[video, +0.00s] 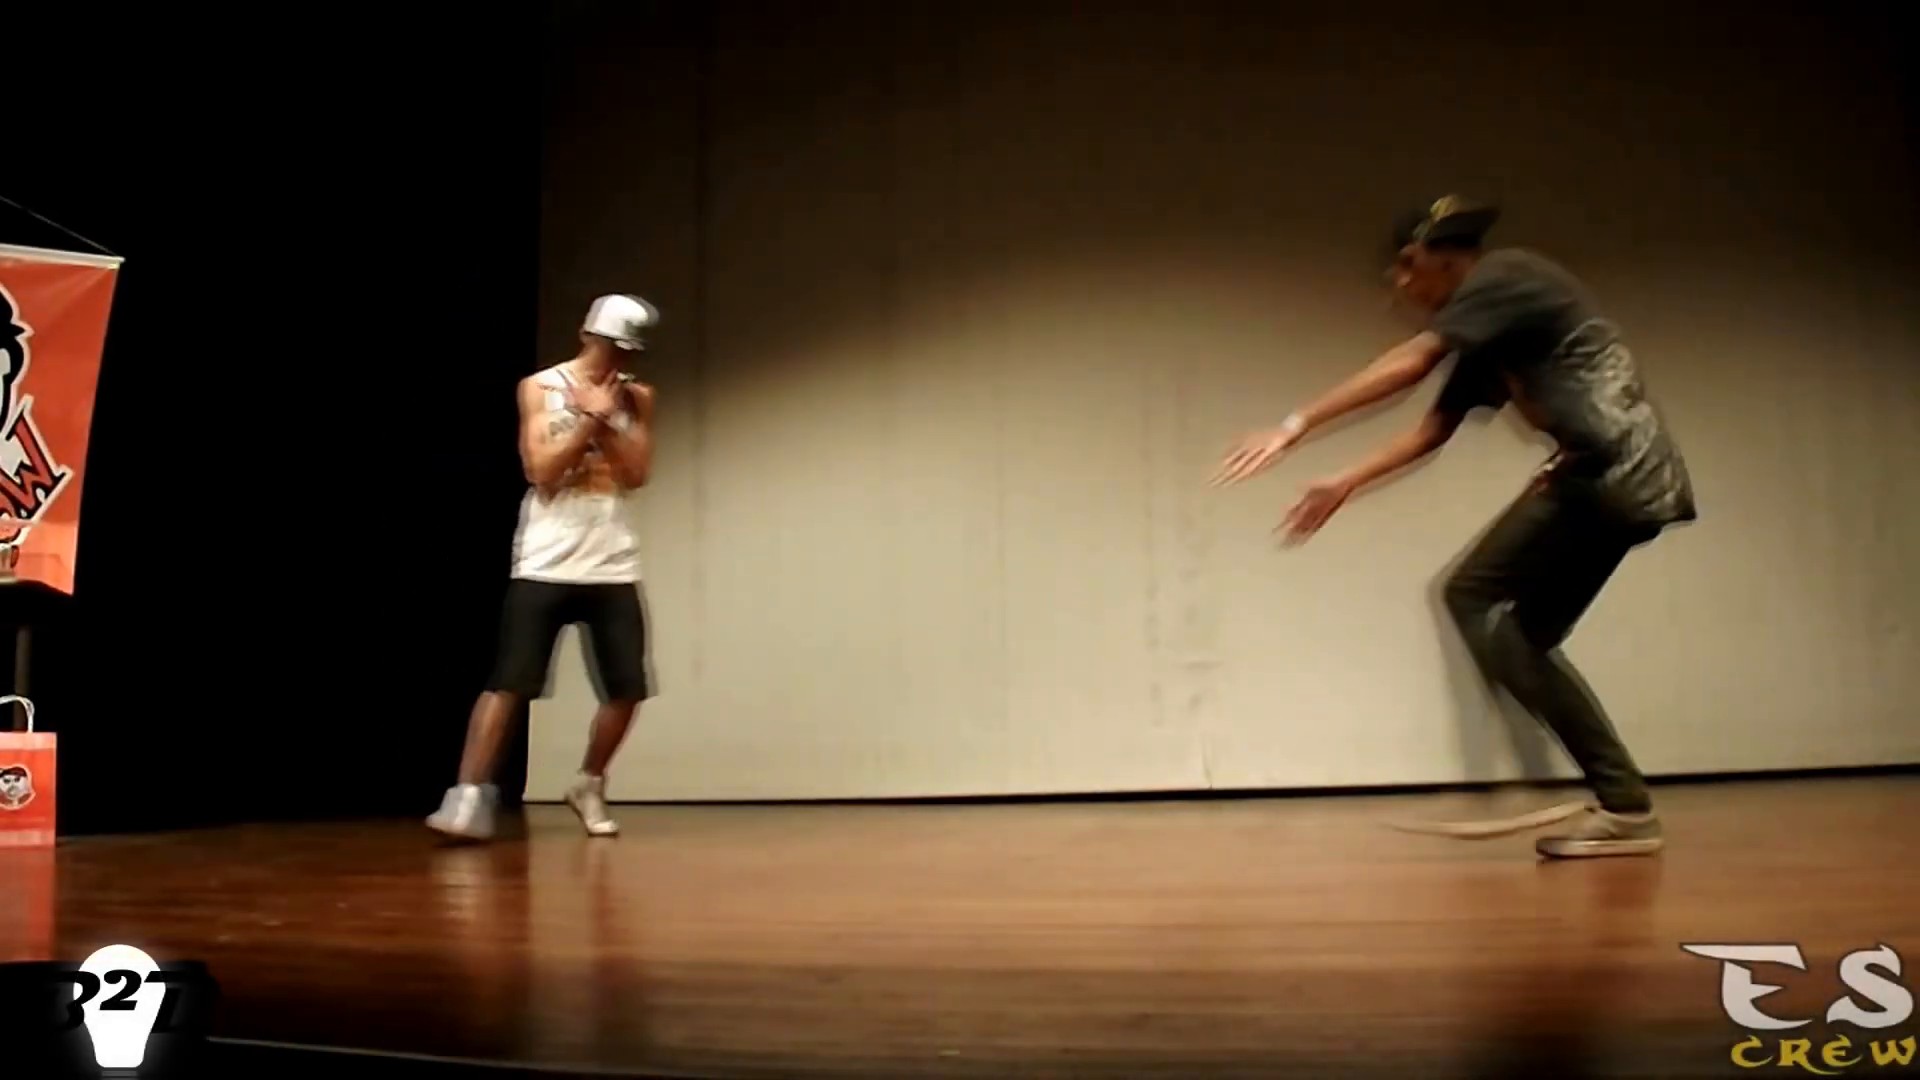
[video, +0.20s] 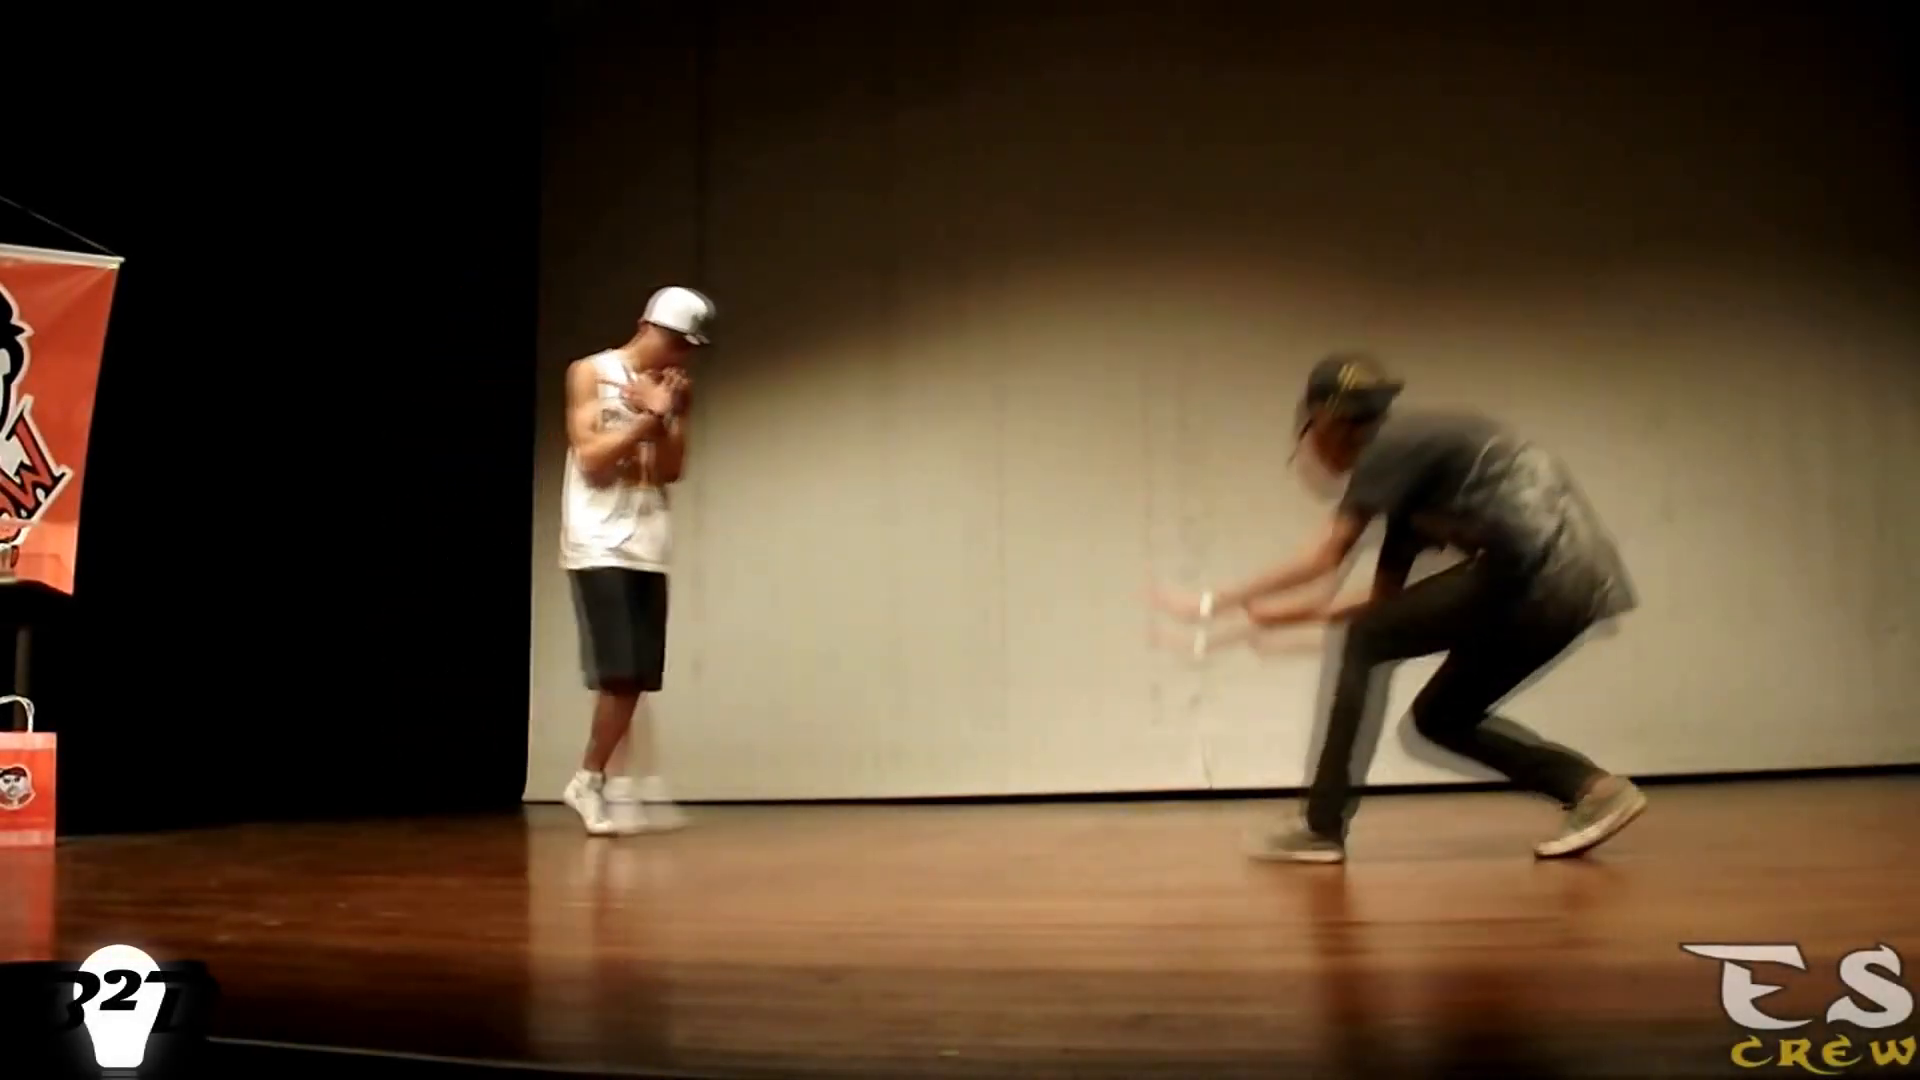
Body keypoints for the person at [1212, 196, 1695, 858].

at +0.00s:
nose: (1402, 288)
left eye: (1406, 271)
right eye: (1399, 275)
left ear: (1437, 257)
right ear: (1445, 261)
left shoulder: (1503, 278)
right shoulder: (1491, 327)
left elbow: (1411, 363)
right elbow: (1429, 434)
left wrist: (1294, 426)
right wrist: (1342, 488)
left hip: (1602, 473)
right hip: (1626, 479)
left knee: (1471, 592)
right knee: (1522, 637)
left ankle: (1607, 792)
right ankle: (1626, 807)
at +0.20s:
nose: (1310, 445)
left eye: (1314, 428)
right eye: (1309, 430)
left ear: (1341, 421)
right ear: (1369, 413)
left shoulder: (1392, 445)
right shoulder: (1422, 465)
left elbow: (1323, 561)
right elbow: (1380, 602)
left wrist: (1217, 598)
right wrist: (1273, 618)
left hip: (1525, 576)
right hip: (1572, 583)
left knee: (1364, 636)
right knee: (1441, 718)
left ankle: (1322, 828)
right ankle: (1596, 791)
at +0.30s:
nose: (1271, 522)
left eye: (1274, 505)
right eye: (1271, 506)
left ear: (1298, 499)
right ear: (1334, 492)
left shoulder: (1345, 534)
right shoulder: (1384, 532)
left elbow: (1303, 672)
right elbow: (1368, 695)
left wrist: (1209, 725)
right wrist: (1284, 715)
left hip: (1487, 649)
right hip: (1532, 654)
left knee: (1314, 665)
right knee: (1404, 779)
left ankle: (1314, 825)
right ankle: (1564, 787)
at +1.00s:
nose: (1227, 350)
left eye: (1237, 335)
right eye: (1233, 334)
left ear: (1262, 348)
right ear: (1291, 349)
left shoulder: (1286, 414)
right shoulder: (1325, 410)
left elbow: (1243, 551)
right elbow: (1308, 569)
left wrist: (1151, 627)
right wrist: (1229, 646)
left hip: (1382, 595)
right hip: (1423, 603)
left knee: (1229, 648)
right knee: (1320, 751)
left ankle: (1305, 822)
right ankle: (1484, 785)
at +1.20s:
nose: (1271, 253)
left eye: (1283, 239)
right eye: (1278, 238)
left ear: (1312, 246)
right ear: (1328, 250)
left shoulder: (1329, 300)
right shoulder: (1362, 309)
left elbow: (1243, 388)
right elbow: (1304, 431)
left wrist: (1134, 436)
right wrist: (1243, 497)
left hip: (1404, 515)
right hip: (1440, 520)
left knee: (1277, 633)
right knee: (1336, 675)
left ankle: (1311, 823)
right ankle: (1485, 771)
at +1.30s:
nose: (1309, 211)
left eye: (1321, 198)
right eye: (1315, 198)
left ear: (1352, 203)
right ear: (1366, 207)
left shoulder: (1367, 249)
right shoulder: (1392, 258)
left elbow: (1299, 346)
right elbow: (1344, 393)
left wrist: (1186, 407)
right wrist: (1287, 479)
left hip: (1430, 485)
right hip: (1454, 483)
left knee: (1334, 628)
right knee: (1374, 647)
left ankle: (1319, 825)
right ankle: (1508, 791)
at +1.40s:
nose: (1348, 191)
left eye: (1359, 178)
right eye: (1350, 180)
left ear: (1396, 177)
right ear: (1407, 181)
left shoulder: (1399, 219)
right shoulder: (1431, 229)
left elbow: (1370, 327)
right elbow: (1385, 378)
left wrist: (1280, 419)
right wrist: (1353, 487)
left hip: (1455, 476)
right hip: (1473, 475)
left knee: (1393, 634)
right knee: (1428, 640)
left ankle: (1336, 818)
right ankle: (1525, 805)